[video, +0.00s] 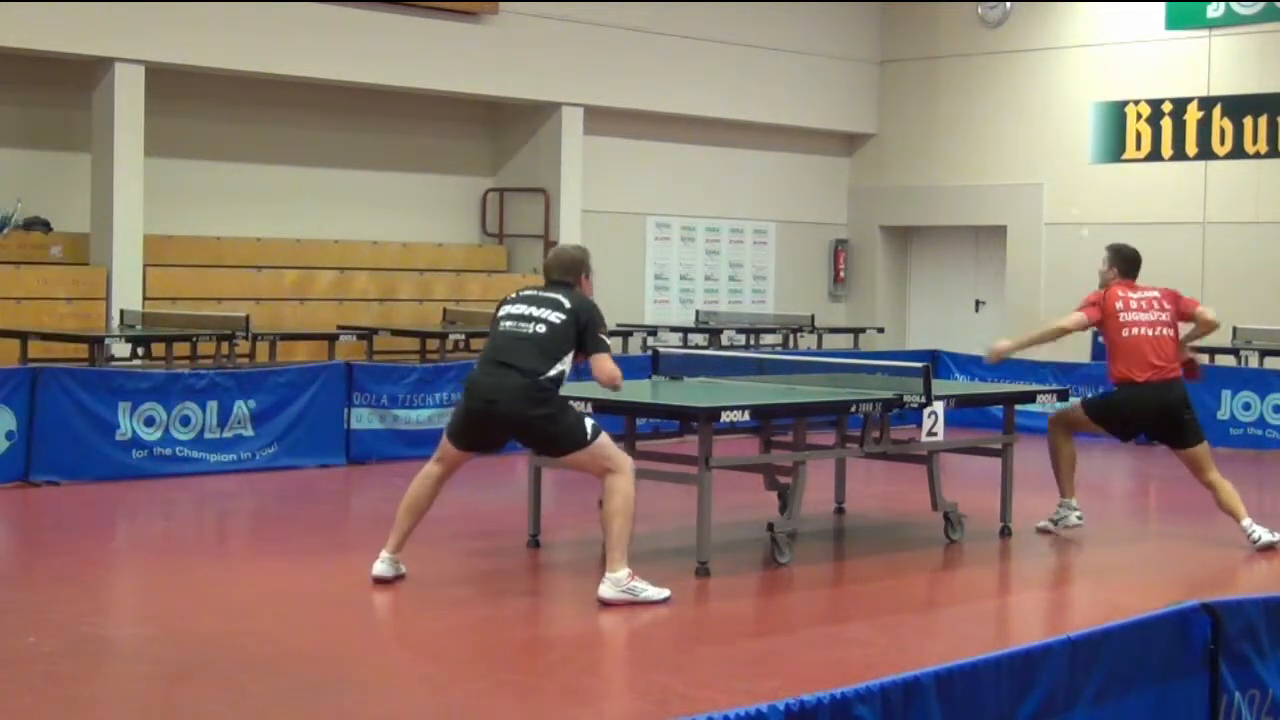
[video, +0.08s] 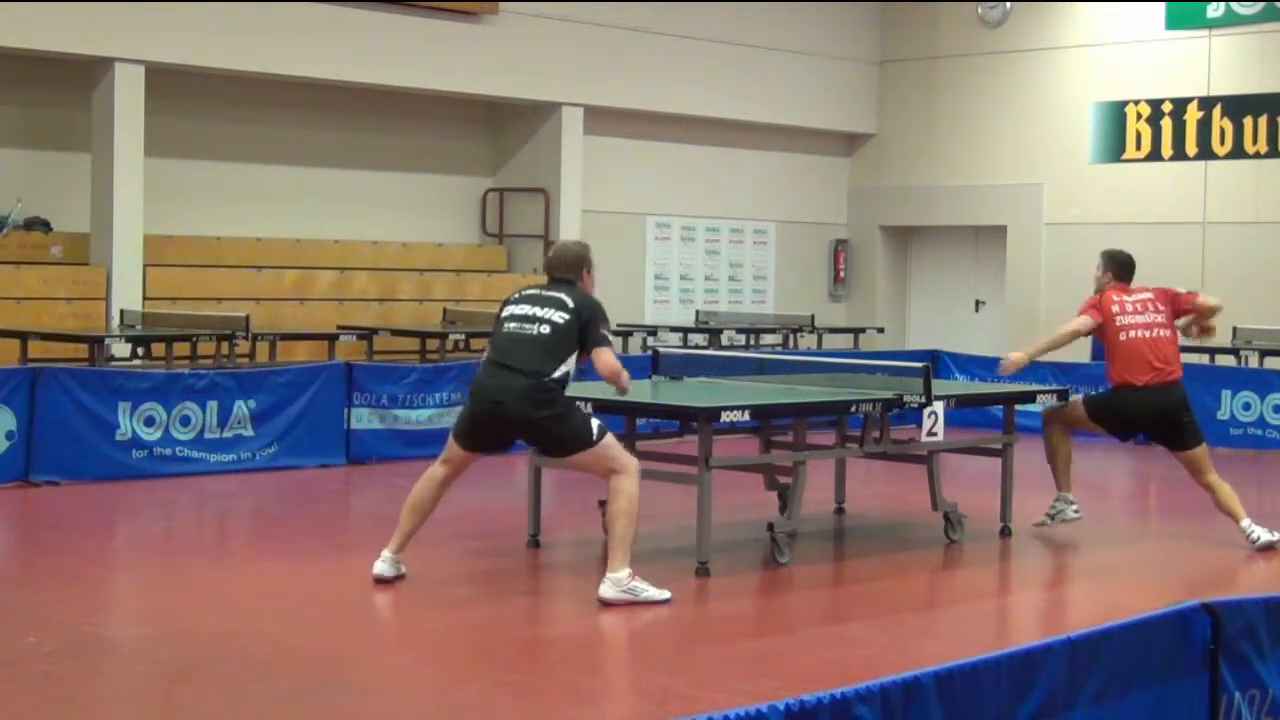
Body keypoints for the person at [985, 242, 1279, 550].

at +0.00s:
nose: (1099, 273)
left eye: (1102, 268)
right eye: (1100, 268)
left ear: (1112, 270)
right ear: (1135, 272)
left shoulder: (1106, 297)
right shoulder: (1165, 296)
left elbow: (1065, 327)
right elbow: (1210, 320)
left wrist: (1011, 346)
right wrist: (1182, 342)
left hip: (1131, 399)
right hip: (1174, 398)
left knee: (1060, 423)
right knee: (1211, 475)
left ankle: (1067, 508)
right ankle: (1251, 528)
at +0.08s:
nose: (1094, 277)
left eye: (1097, 272)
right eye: (1096, 271)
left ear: (1107, 275)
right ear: (1129, 277)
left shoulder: (1102, 301)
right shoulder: (1162, 295)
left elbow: (1079, 329)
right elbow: (1212, 306)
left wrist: (1027, 355)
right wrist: (1196, 323)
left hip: (1129, 401)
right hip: (1173, 400)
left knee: (1056, 417)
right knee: (1209, 477)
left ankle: (1064, 500)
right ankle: (1250, 528)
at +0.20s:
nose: (1069, 299)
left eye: (1070, 293)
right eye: (1069, 293)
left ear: (1082, 290)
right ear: (1099, 288)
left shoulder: (1090, 309)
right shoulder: (1138, 295)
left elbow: (1078, 331)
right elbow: (1177, 281)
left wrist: (1034, 356)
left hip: (1124, 409)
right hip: (1164, 406)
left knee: (1048, 429)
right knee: (1199, 484)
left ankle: (1056, 514)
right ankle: (1250, 530)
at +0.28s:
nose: (1040, 309)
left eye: (1040, 302)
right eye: (1038, 302)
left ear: (1056, 296)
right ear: (1067, 293)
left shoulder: (1079, 310)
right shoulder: (1106, 292)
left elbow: (1079, 328)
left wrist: (1042, 349)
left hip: (1120, 399)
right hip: (1156, 397)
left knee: (1044, 430)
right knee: (1184, 482)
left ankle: (1056, 514)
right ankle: (1245, 527)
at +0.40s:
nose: (1022, 306)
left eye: (1025, 299)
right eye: (1020, 299)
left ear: (1045, 291)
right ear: (1045, 287)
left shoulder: (1068, 303)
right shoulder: (1062, 284)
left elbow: (1083, 317)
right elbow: (1048, 305)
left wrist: (1060, 339)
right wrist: (1035, 329)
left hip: (1119, 380)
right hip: (1147, 378)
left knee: (1043, 429)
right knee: (1159, 467)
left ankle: (1056, 513)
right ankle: (1222, 497)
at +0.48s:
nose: (1018, 297)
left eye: (1021, 289)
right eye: (1015, 290)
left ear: (1039, 283)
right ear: (1040, 282)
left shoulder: (1062, 299)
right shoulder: (1052, 286)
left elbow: (1094, 317)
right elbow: (1013, 295)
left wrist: (1083, 345)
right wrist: (1021, 322)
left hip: (1120, 370)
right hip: (1140, 367)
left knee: (1049, 426)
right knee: (1134, 454)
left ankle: (1057, 514)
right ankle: (1198, 481)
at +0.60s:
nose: (1012, 285)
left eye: (1016, 278)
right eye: (1009, 278)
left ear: (1036, 274)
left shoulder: (1064, 292)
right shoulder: (1037, 295)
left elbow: (1115, 319)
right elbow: (1020, 316)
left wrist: (1124, 368)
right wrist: (1034, 335)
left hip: (1117, 359)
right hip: (1110, 357)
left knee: (1052, 423)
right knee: (1085, 431)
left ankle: (1058, 512)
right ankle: (1151, 479)